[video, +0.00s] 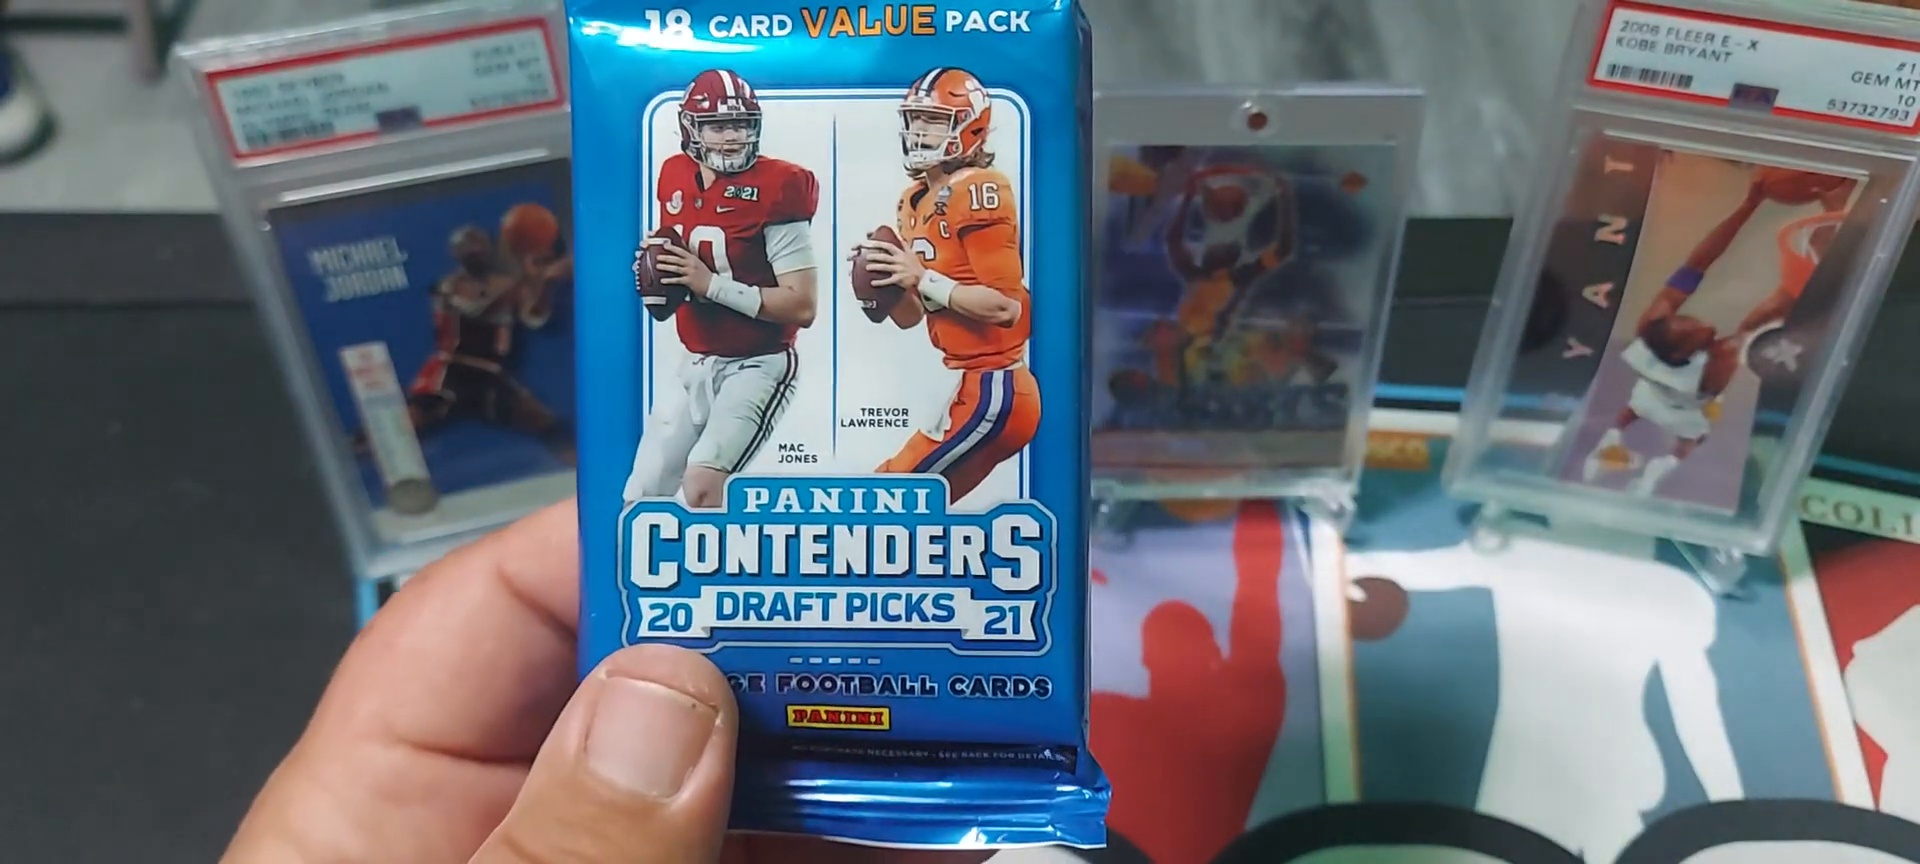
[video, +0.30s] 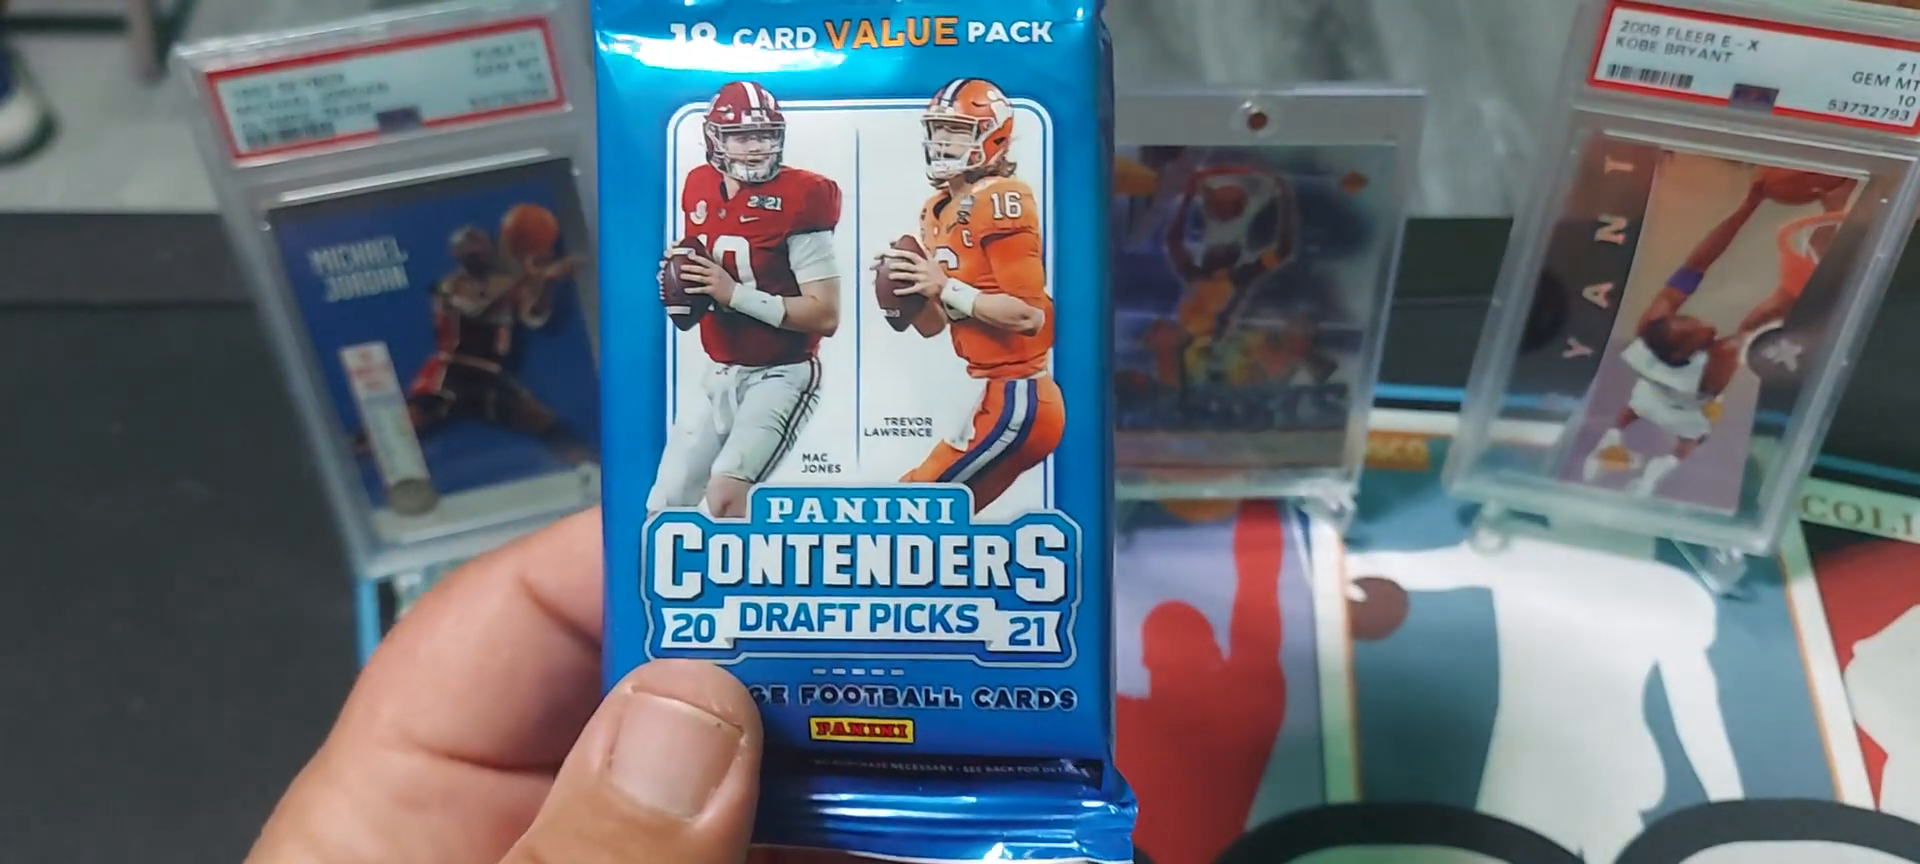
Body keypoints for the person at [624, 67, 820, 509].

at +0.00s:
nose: (732, 136)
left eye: (741, 124)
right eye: (718, 126)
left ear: (754, 127)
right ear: (692, 130)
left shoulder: (780, 186)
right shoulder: (674, 175)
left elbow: (803, 307)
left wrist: (711, 284)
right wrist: (654, 269)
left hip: (761, 364)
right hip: (695, 364)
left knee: (701, 488)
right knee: (641, 495)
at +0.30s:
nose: (755, 147)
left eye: (765, 135)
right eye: (741, 136)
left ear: (779, 138)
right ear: (715, 141)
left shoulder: (803, 196)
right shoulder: (699, 186)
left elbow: (825, 315)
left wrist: (734, 294)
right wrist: (679, 275)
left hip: (784, 374)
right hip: (719, 375)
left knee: (724, 498)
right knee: (664, 505)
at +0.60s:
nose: (714, 214)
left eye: (723, 201)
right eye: (699, 204)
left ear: (738, 204)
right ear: (670, 211)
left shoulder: (774, 266)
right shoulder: (658, 259)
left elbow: (811, 386)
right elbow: (667, 390)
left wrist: (709, 366)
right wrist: (647, 357)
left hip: (774, 445)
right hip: (707, 448)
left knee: (729, 559)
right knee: (670, 578)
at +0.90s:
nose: (742, 170)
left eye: (751, 158)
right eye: (729, 159)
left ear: (766, 159)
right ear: (702, 162)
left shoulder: (797, 218)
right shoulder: (688, 210)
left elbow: (826, 340)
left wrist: (731, 321)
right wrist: (670, 306)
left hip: (787, 401)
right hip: (719, 403)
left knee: (736, 525)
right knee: (675, 539)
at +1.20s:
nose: (763, 203)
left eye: (773, 191)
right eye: (750, 191)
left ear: (788, 192)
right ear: (723, 194)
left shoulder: (819, 254)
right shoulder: (707, 242)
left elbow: (845, 378)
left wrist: (748, 355)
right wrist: (688, 339)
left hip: (804, 439)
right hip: (735, 438)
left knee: (749, 557)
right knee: (689, 569)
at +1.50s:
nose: (723, 264)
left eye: (731, 252)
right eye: (708, 254)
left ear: (746, 254)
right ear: (679, 261)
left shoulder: (783, 316)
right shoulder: (667, 307)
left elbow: (820, 436)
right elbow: (676, 439)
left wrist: (719, 415)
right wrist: (657, 400)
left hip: (783, 491)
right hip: (714, 491)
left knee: (740, 596)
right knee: (681, 614)